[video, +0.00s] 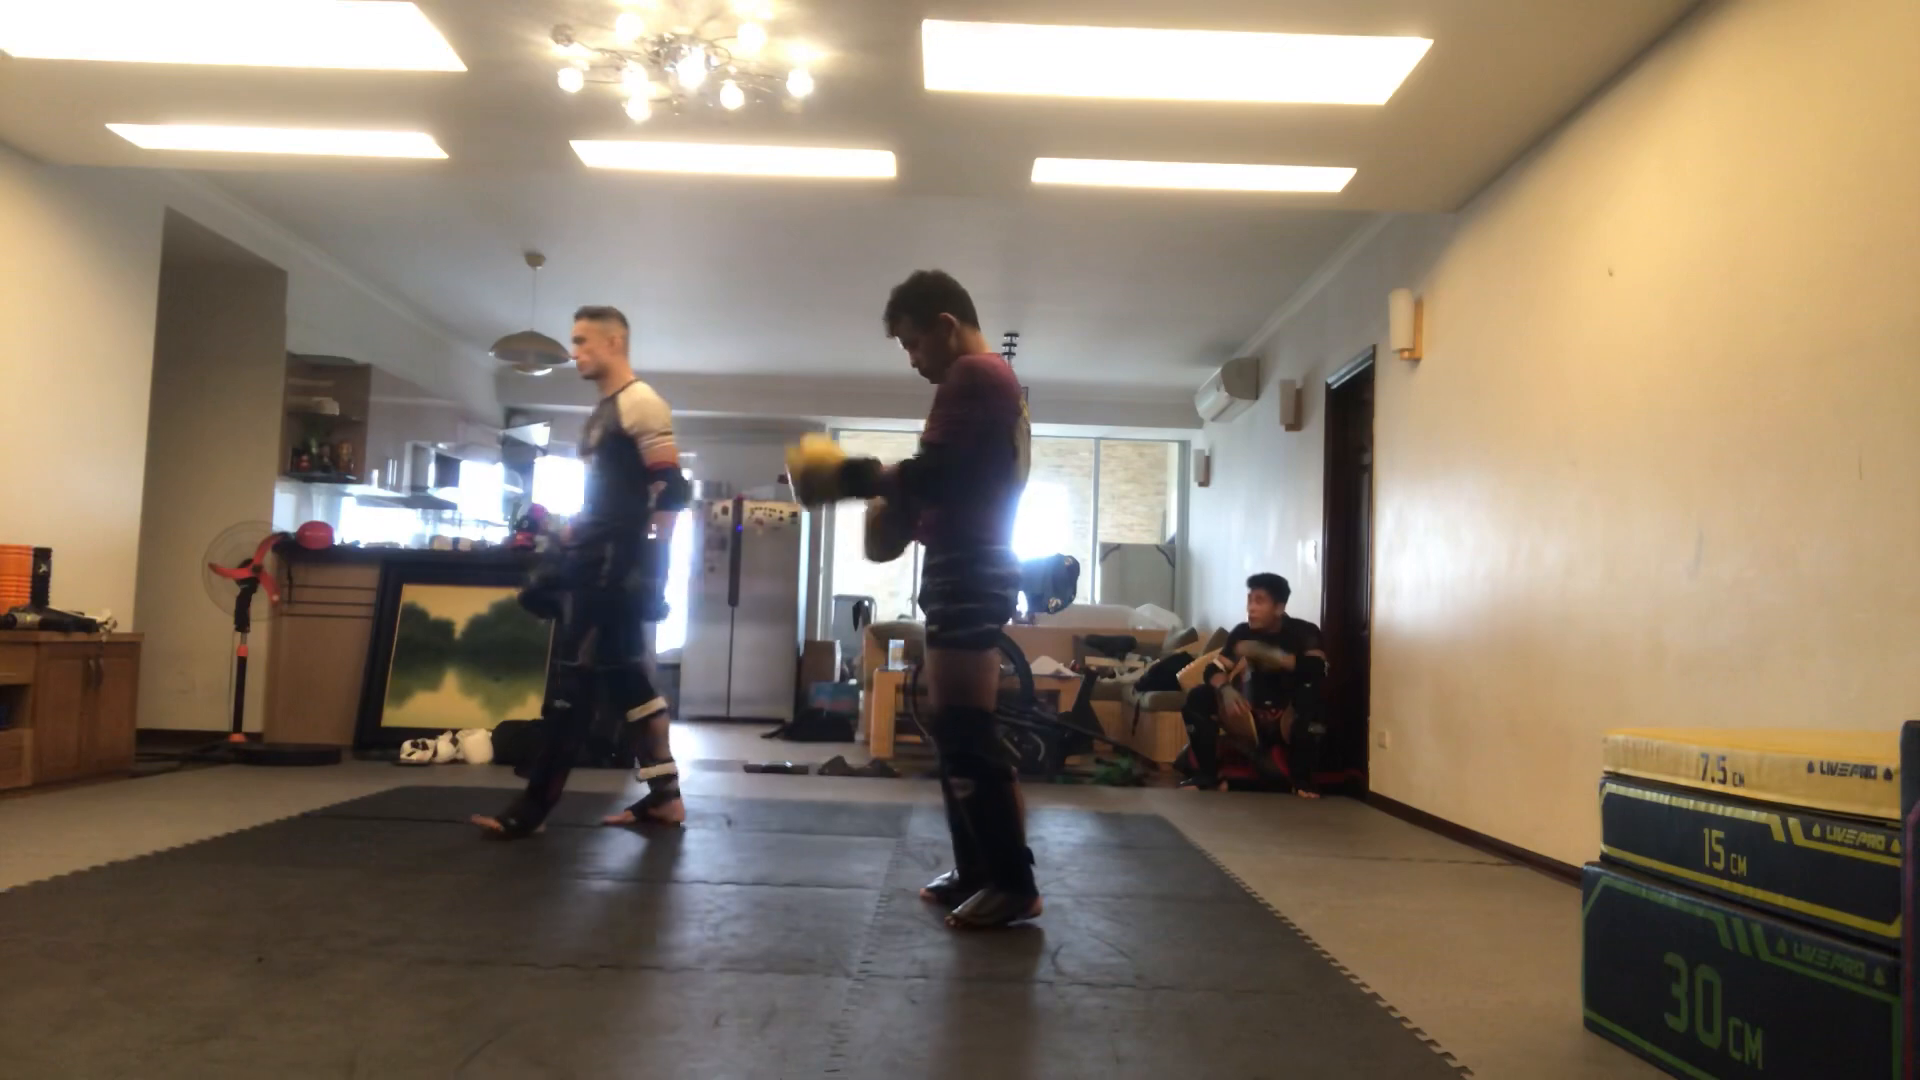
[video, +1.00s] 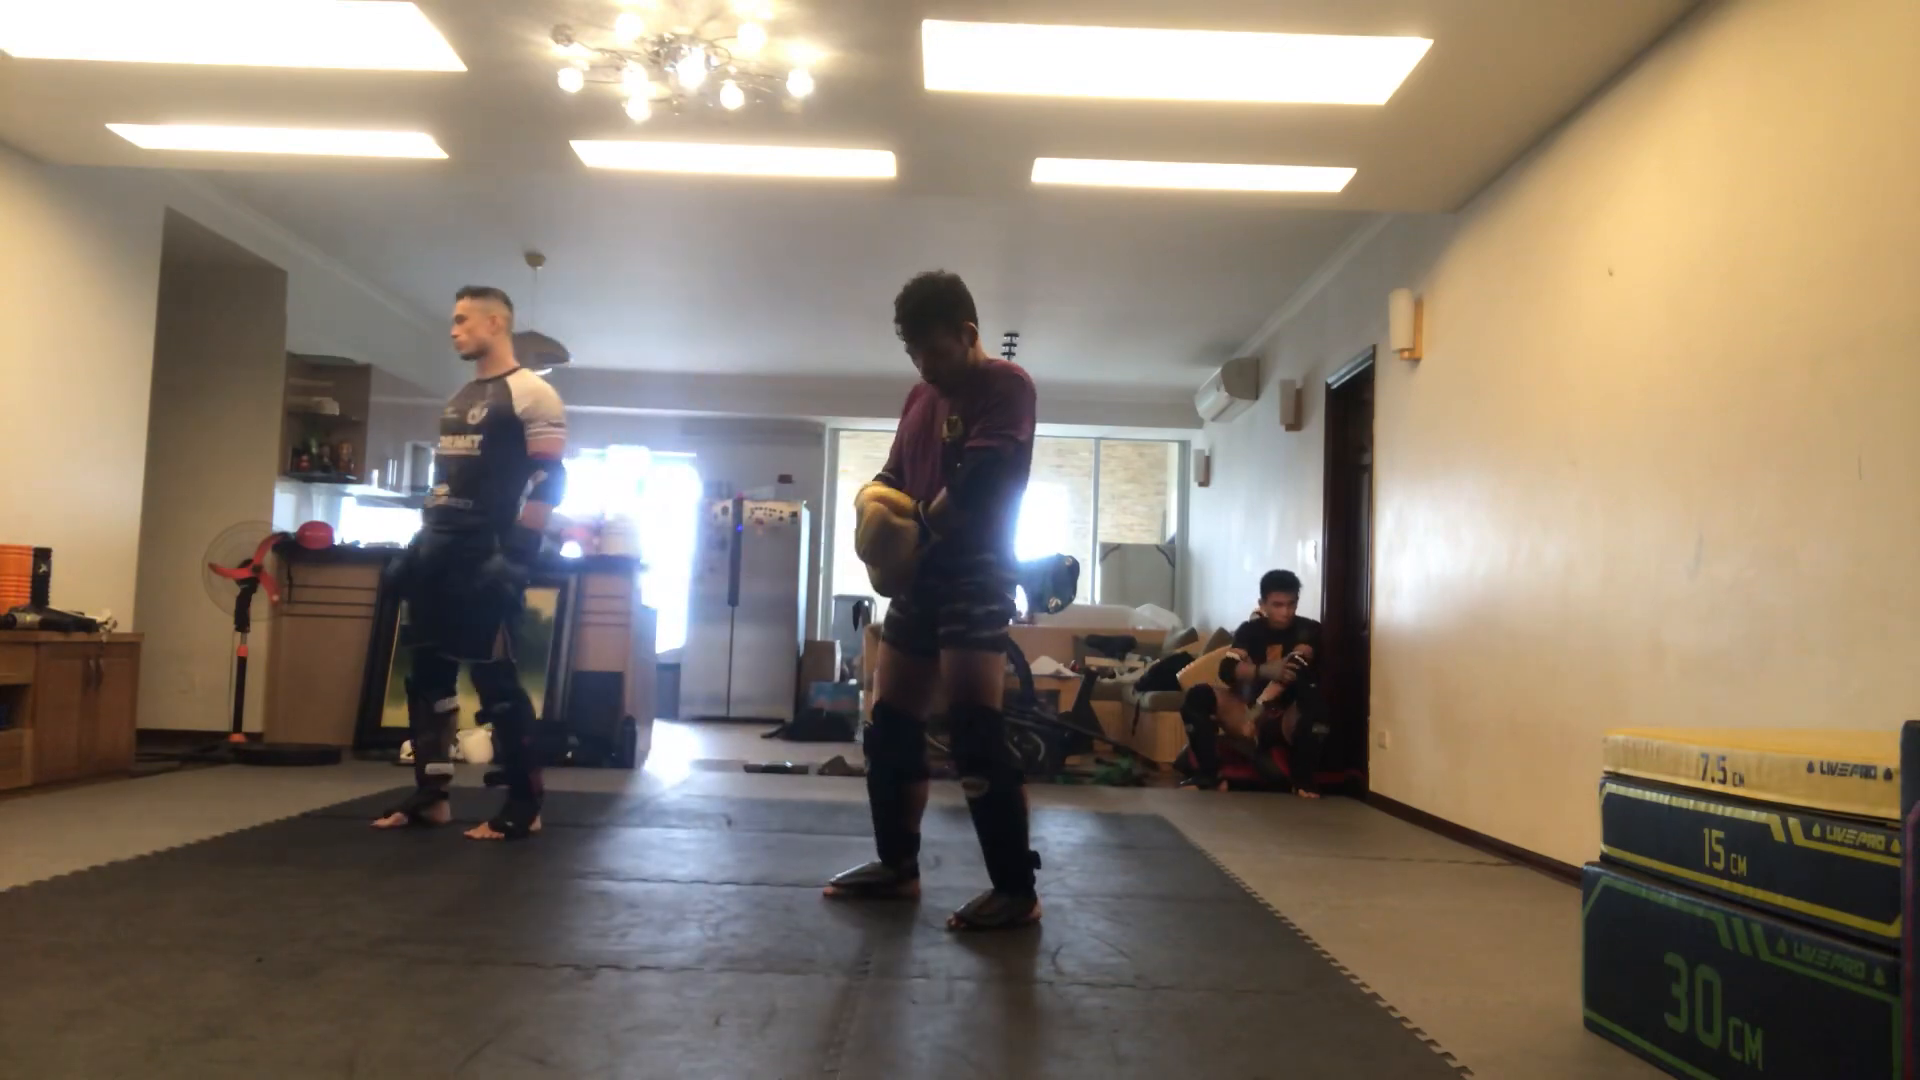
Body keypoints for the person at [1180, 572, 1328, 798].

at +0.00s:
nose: (1250, 608)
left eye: (1259, 601)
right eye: (1250, 601)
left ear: (1279, 607)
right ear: (1247, 602)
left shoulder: (1304, 632)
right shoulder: (1241, 634)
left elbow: (1317, 668)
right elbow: (1215, 671)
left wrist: (1276, 658)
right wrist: (1226, 690)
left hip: (1287, 720)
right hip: (1245, 720)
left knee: (1311, 697)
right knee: (1198, 698)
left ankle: (1303, 781)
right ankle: (1207, 776)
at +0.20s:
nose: (1255, 605)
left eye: (1264, 599)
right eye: (1254, 598)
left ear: (1283, 604)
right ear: (1251, 599)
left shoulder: (1305, 631)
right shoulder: (1244, 632)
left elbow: (1312, 669)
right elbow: (1216, 669)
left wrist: (1269, 690)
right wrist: (1220, 684)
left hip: (1287, 719)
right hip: (1247, 718)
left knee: (1310, 698)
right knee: (1199, 697)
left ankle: (1302, 781)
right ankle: (1207, 777)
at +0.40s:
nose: (1276, 612)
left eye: (1282, 605)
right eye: (1269, 605)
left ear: (1290, 605)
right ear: (1256, 607)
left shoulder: (1306, 631)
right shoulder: (1245, 633)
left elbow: (1306, 671)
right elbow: (1218, 668)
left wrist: (1265, 699)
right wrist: (1222, 685)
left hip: (1291, 704)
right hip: (1249, 702)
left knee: (1312, 708)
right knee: (1198, 698)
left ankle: (1302, 781)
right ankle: (1208, 776)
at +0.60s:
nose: (1280, 614)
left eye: (1286, 606)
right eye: (1273, 606)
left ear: (1294, 605)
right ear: (1258, 606)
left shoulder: (1307, 632)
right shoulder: (1246, 632)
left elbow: (1298, 677)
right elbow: (1218, 670)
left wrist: (1264, 707)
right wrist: (1242, 675)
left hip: (1288, 703)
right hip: (1244, 700)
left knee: (1311, 712)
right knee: (1199, 698)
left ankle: (1302, 781)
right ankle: (1208, 776)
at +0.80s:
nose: (1283, 613)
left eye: (1289, 606)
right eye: (1275, 606)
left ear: (1295, 604)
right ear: (1260, 606)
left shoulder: (1309, 632)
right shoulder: (1248, 631)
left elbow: (1299, 672)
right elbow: (1225, 671)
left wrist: (1265, 707)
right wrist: (1262, 673)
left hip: (1287, 712)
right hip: (1246, 711)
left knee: (1311, 704)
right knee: (1199, 697)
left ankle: (1303, 782)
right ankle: (1208, 776)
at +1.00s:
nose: (1285, 612)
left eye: (1291, 604)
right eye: (1277, 605)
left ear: (1297, 603)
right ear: (1263, 605)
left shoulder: (1309, 630)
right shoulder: (1249, 630)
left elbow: (1293, 671)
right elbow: (1227, 669)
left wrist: (1259, 707)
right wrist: (1266, 670)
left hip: (1287, 714)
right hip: (1247, 711)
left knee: (1313, 704)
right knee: (1198, 697)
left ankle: (1303, 782)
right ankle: (1208, 776)